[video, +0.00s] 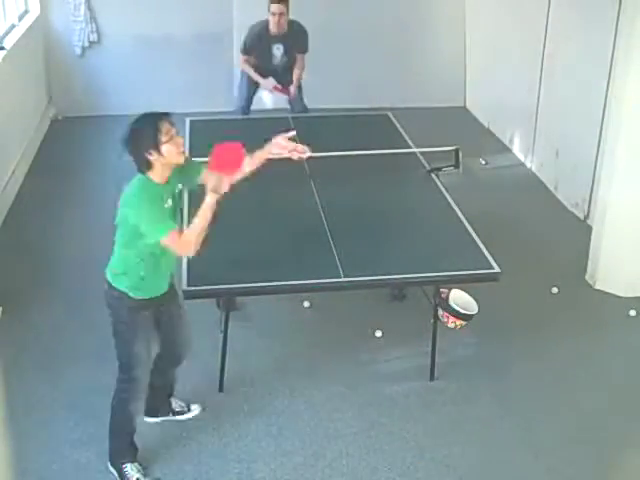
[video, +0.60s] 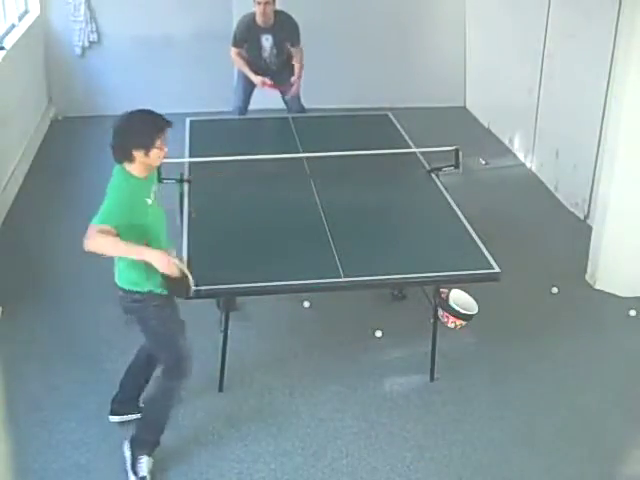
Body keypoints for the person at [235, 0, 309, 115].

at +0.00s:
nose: (277, 20)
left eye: (281, 15)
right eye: (273, 15)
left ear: (288, 15)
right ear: (268, 15)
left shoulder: (298, 31)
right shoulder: (256, 31)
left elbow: (299, 62)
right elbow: (244, 63)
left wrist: (295, 85)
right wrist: (262, 81)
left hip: (286, 72)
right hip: (258, 70)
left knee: (299, 108)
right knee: (242, 106)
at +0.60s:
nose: (263, 9)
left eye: (267, 4)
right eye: (259, 4)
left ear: (274, 5)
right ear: (255, 6)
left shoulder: (287, 22)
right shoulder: (245, 23)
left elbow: (296, 51)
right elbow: (235, 53)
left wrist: (297, 76)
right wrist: (253, 77)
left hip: (281, 70)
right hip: (252, 67)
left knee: (296, 108)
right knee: (239, 108)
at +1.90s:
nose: (256, 0)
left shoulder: (256, 12)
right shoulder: (233, 13)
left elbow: (256, 32)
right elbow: (222, 51)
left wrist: (283, 42)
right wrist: (252, 72)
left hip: (247, 76)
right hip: (227, 76)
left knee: (259, 118)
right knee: (239, 118)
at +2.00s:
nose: (253, 3)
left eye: (254, 1)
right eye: (250, 0)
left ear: (253, 1)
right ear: (241, 0)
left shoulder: (254, 12)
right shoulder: (228, 15)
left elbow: (257, 32)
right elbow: (211, 52)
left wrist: (285, 42)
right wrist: (238, 70)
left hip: (246, 76)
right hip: (226, 77)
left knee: (250, 118)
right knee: (237, 119)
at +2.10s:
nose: (247, 1)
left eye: (249, 1)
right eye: (244, 0)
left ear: (251, 0)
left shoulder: (255, 7)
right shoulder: (225, 12)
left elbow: (261, 28)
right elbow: (204, 45)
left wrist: (285, 41)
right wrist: (227, 68)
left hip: (245, 70)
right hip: (224, 72)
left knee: (246, 114)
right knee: (232, 116)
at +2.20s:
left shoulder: (255, 4)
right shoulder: (222, 6)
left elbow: (261, 20)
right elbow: (200, 38)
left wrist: (281, 35)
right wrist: (222, 63)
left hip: (243, 66)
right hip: (219, 67)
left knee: (245, 113)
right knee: (221, 114)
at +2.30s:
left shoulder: (251, 3)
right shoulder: (217, 4)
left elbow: (258, 18)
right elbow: (196, 37)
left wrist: (277, 34)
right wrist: (217, 59)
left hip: (240, 62)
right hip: (216, 64)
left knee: (246, 109)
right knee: (217, 111)